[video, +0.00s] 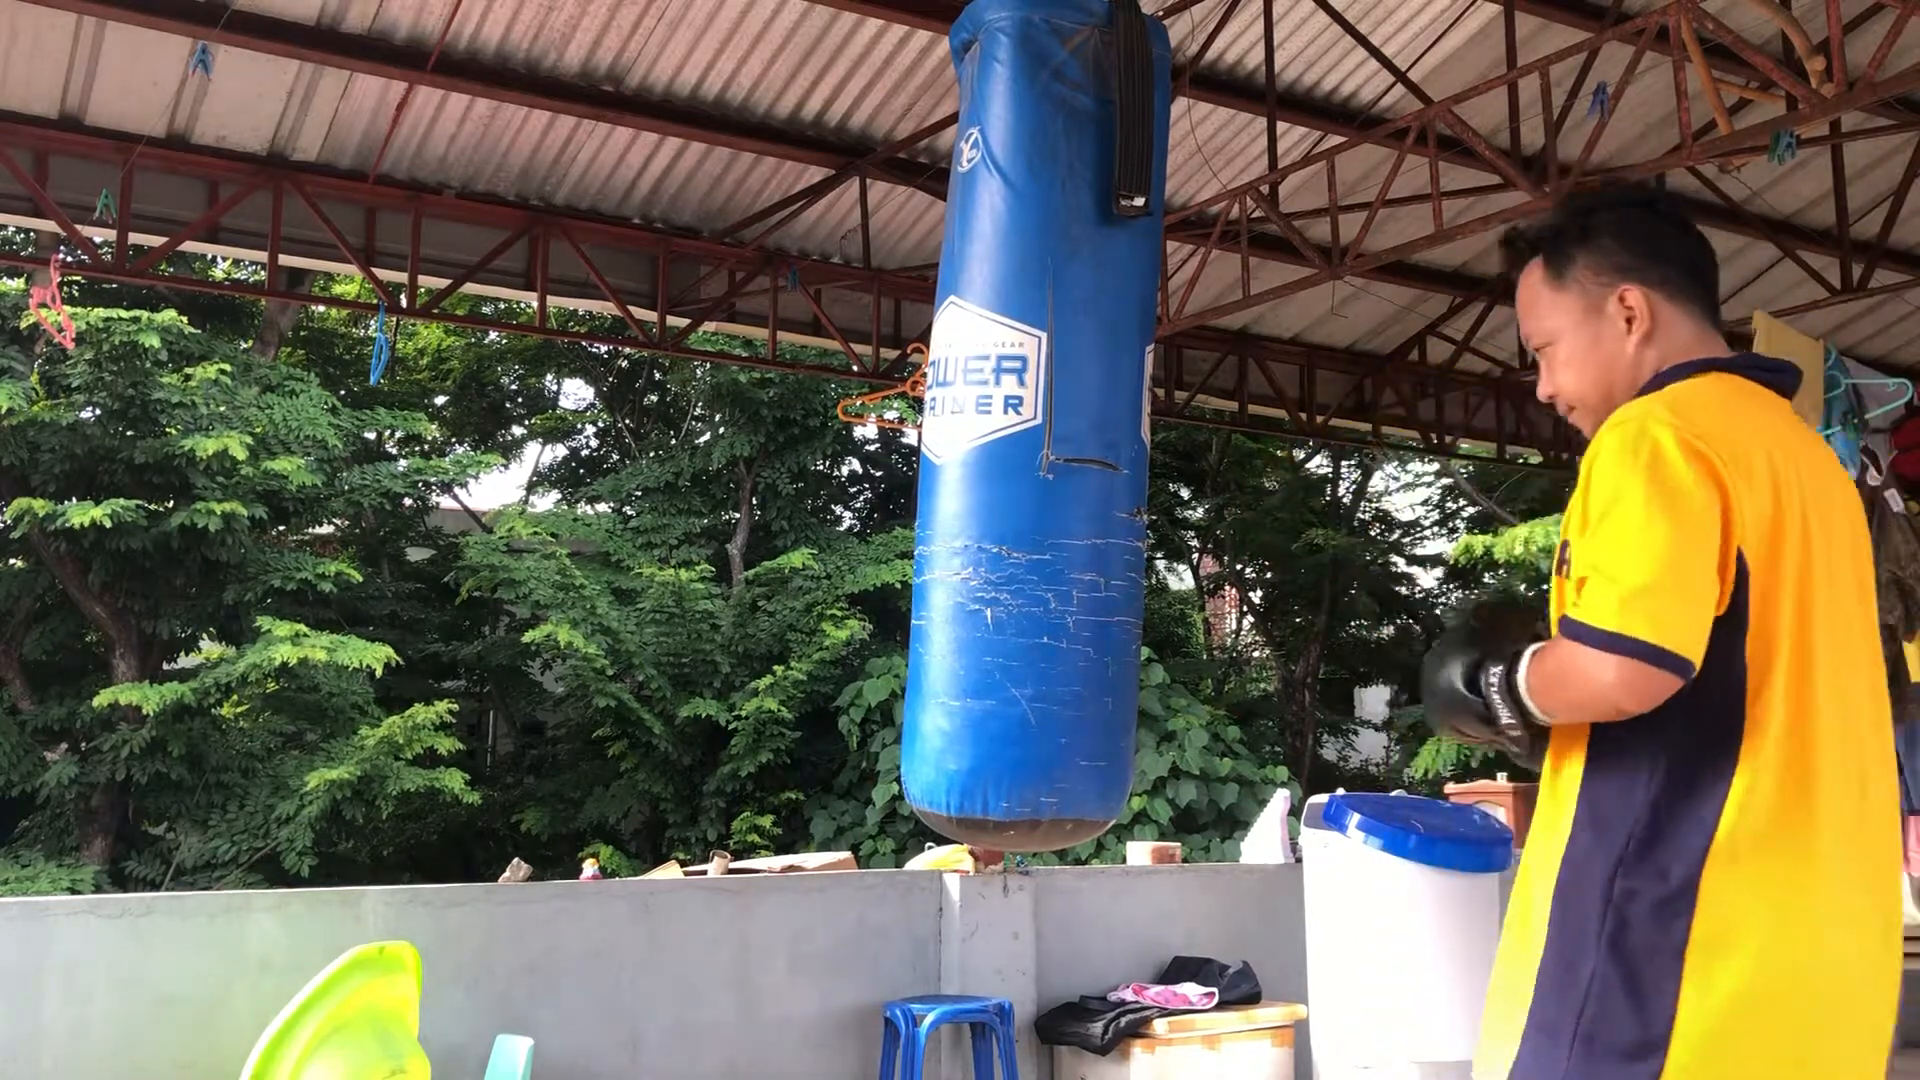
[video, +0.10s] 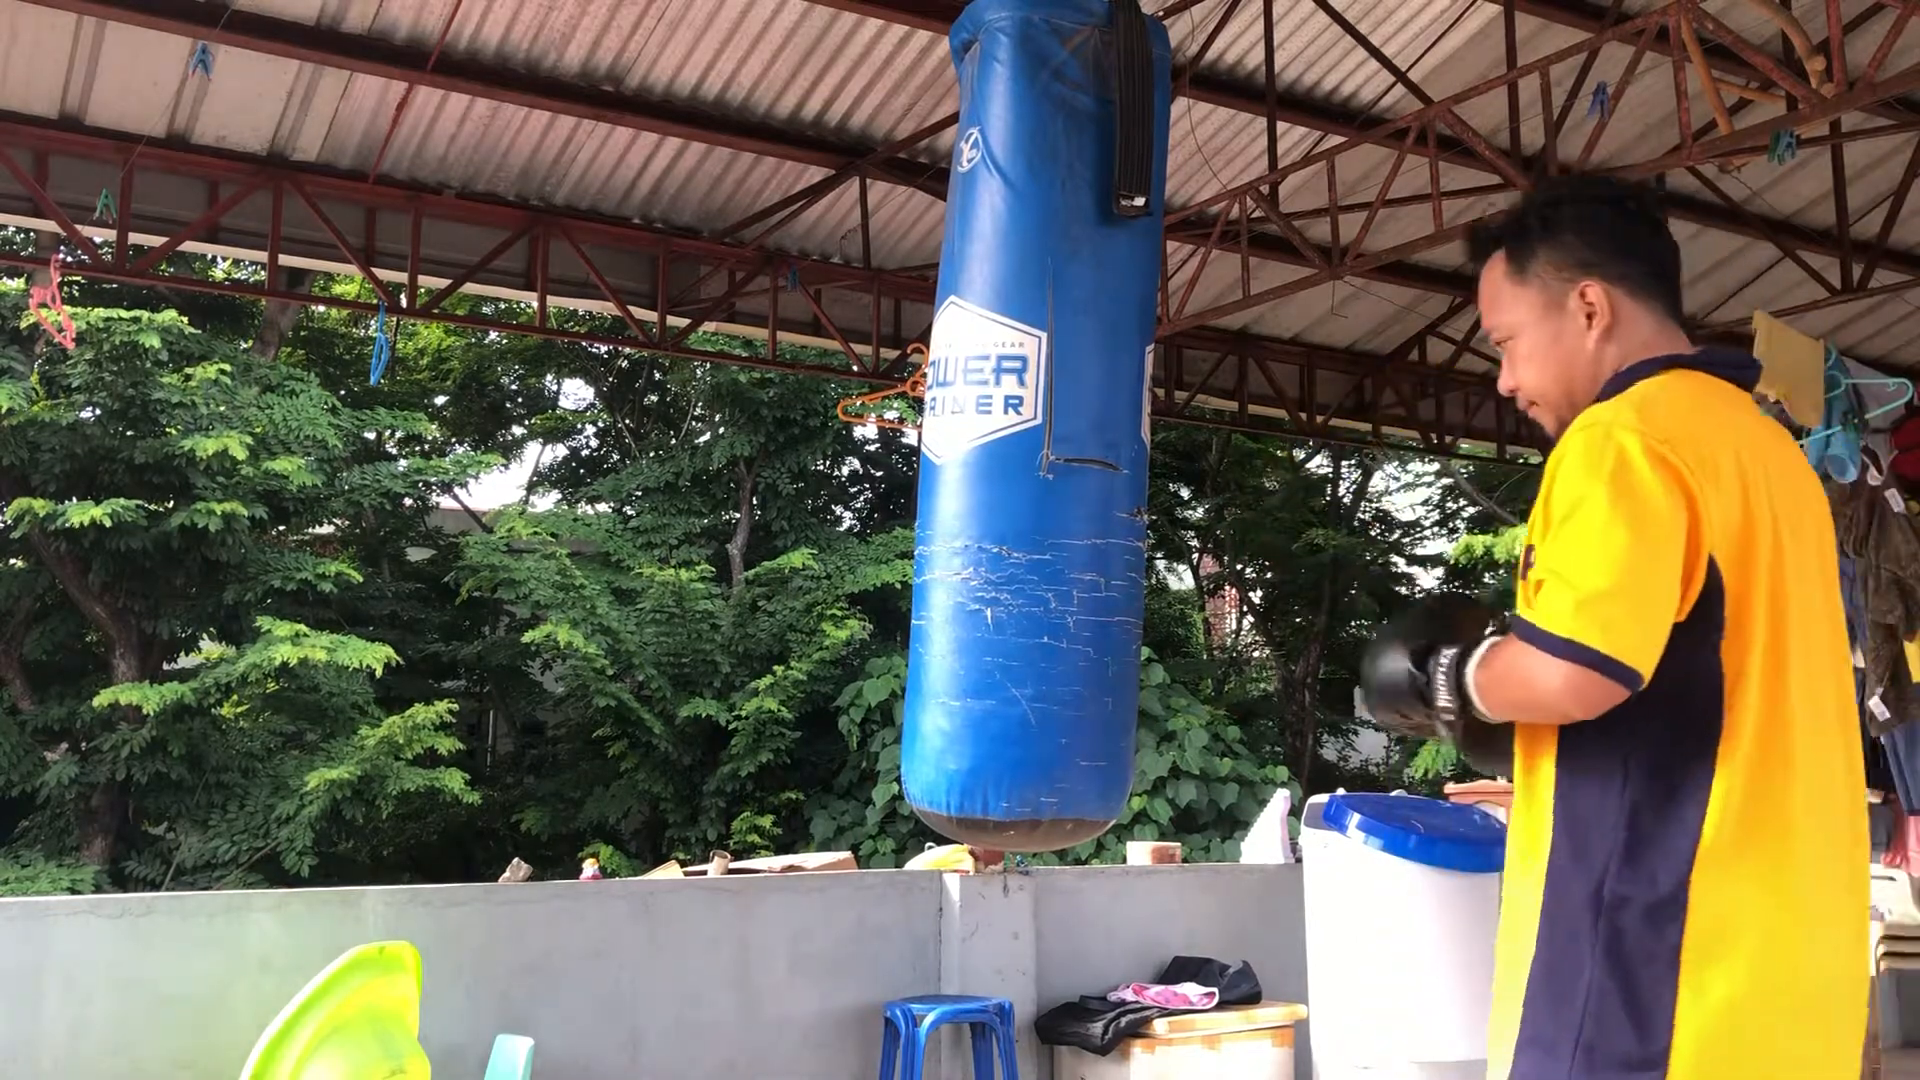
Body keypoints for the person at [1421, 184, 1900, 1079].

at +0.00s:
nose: (1543, 391)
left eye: (1543, 351)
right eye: (1533, 361)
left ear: (1630, 316)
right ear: (1638, 316)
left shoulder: (1658, 437)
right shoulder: (1811, 456)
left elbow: (1630, 662)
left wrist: (1496, 680)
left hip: (1662, 1011)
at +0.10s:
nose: (1503, 384)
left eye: (1504, 344)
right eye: (1494, 354)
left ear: (1590, 311)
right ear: (1600, 313)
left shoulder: (1629, 436)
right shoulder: (1765, 441)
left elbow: (1577, 666)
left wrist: (1447, 674)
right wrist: (1557, 785)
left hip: (1651, 1005)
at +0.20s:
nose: (1458, 388)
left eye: (1457, 348)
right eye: (1449, 359)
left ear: (1535, 308)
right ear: (1544, 307)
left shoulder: (1569, 431)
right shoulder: (1749, 443)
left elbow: (1514, 656)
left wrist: (1387, 648)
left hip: (1626, 1012)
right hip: (1789, 1000)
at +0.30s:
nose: (1435, 414)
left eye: (1426, 387)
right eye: (1420, 398)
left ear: (1486, 327)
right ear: (1574, 320)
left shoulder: (1508, 426)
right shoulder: (1754, 448)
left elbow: (1309, 605)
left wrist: (1210, 584)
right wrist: (1438, 645)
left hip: (1617, 1022)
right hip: (1817, 1013)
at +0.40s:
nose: (1436, 420)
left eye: (1435, 394)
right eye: (1427, 402)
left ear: (1492, 335)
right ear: (1574, 325)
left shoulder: (1509, 411)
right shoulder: (1778, 443)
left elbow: (1255, 560)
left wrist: (1143, 569)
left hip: (1649, 1025)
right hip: (1854, 1021)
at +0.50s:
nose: (1469, 425)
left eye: (1467, 394)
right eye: (1460, 403)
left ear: (1525, 334)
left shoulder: (1558, 413)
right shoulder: (1815, 453)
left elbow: (1294, 566)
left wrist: (1157, 580)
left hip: (1674, 1019)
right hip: (1878, 1015)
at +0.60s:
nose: (1543, 419)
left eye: (1535, 393)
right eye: (1529, 403)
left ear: (1598, 335)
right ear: (1698, 333)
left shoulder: (1623, 433)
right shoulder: (1868, 461)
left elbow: (1421, 626)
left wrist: (1280, 601)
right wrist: (1555, 785)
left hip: (1684, 1031)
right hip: (1881, 1018)